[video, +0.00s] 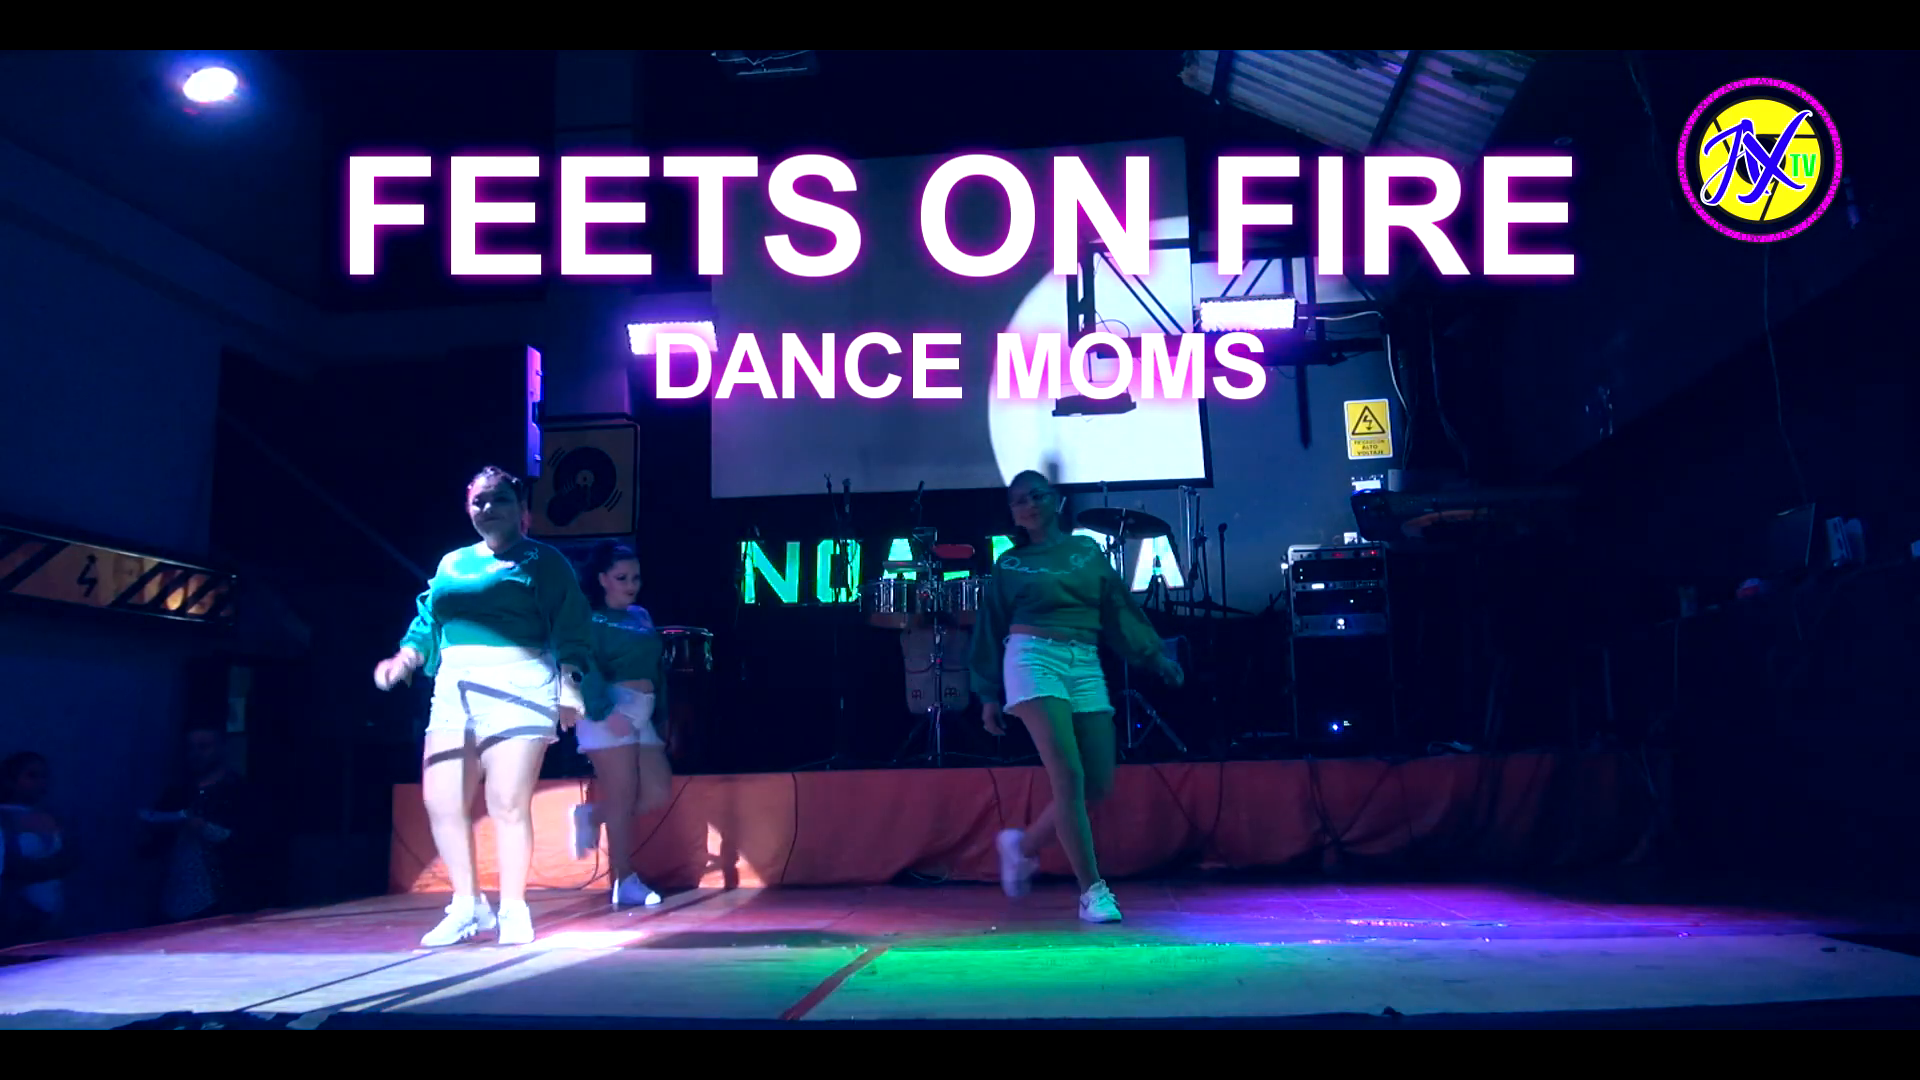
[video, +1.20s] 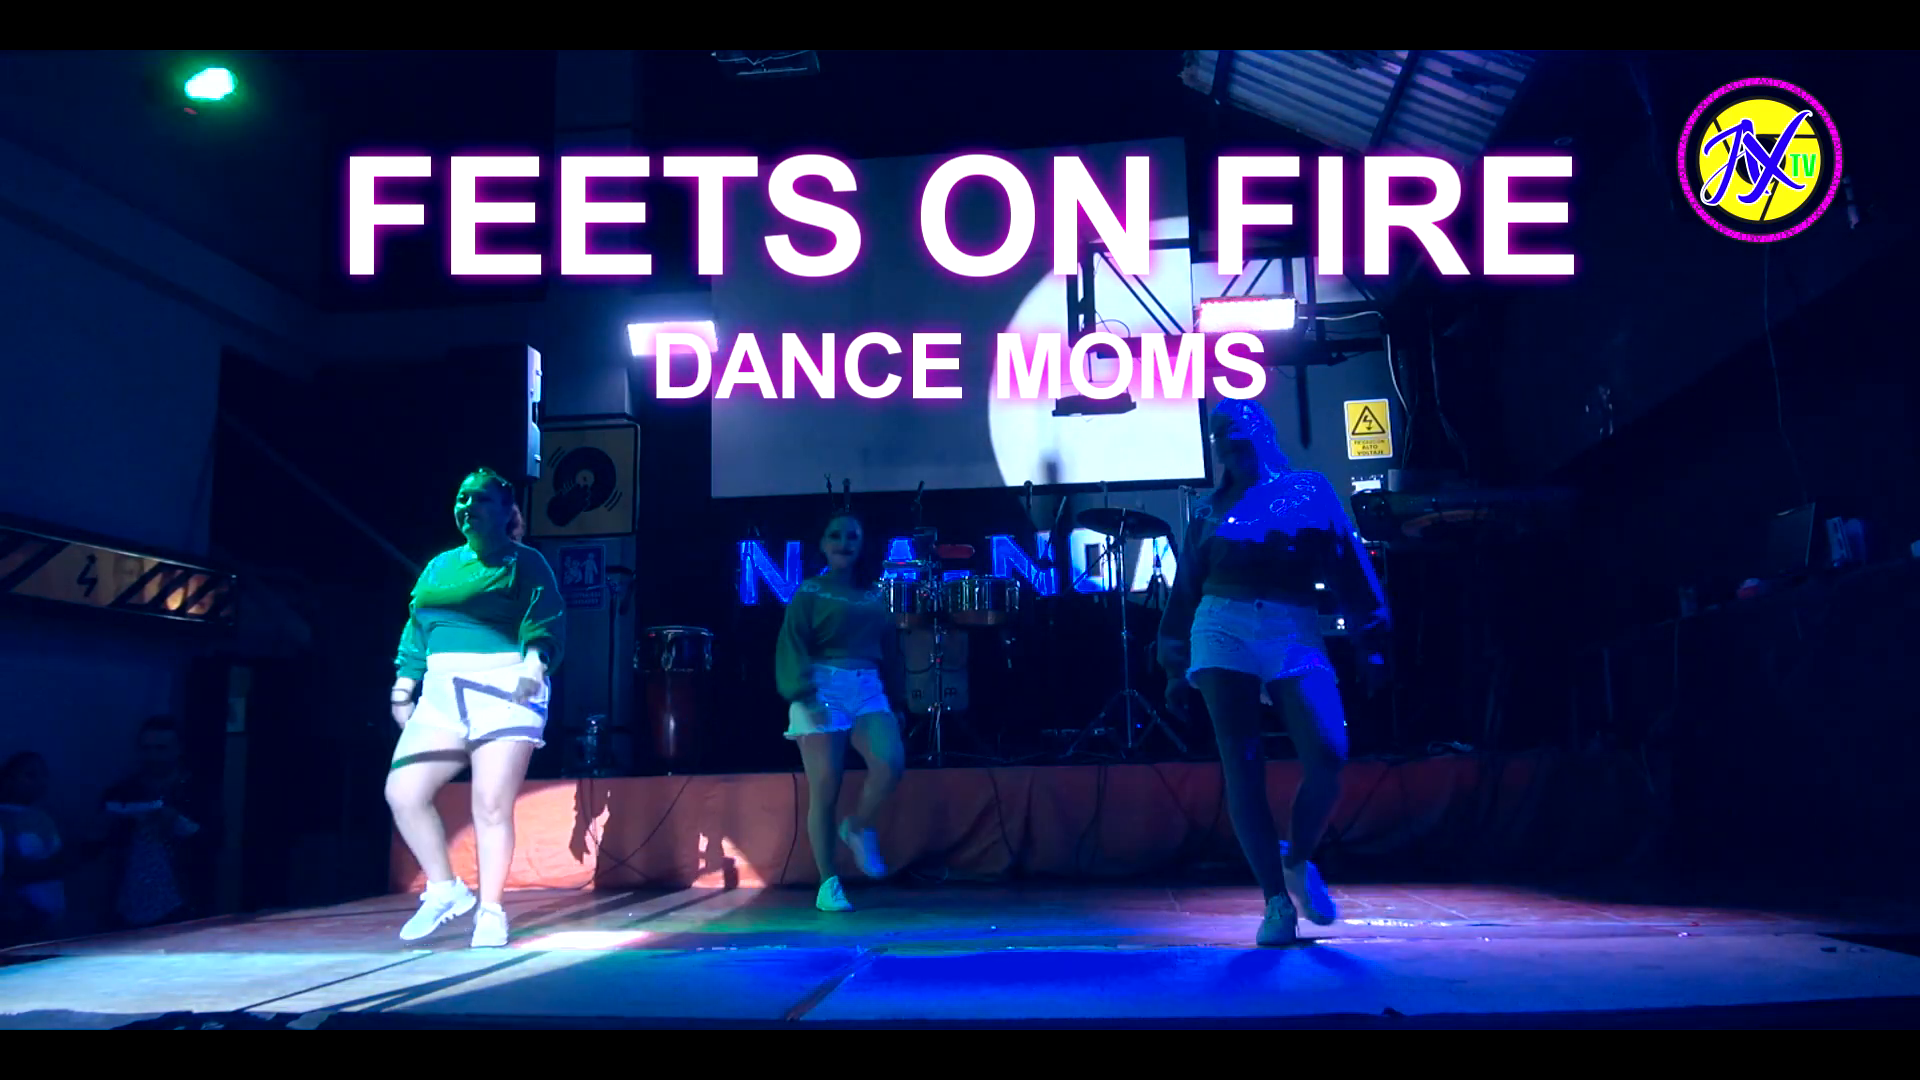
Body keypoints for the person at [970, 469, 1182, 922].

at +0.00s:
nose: (1027, 506)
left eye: (1034, 498)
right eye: (1019, 502)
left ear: (1054, 501)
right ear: (1012, 514)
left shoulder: (1087, 551)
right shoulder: (1010, 565)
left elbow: (1121, 611)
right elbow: (987, 632)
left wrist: (1157, 656)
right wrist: (988, 694)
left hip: (1085, 660)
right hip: (1032, 657)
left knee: (1098, 780)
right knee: (1066, 773)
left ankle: (1022, 844)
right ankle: (1093, 889)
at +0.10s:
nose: (1061, 497)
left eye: (1065, 489)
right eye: (1051, 493)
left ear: (1078, 493)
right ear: (1035, 504)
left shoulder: (1110, 544)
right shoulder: (1032, 556)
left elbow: (1137, 613)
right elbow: (1008, 625)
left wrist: (1153, 672)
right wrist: (1016, 682)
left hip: (1106, 655)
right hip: (1052, 651)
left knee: (1138, 764)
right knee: (1076, 774)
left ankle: (1081, 846)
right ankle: (1092, 890)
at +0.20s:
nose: (1101, 484)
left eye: (1101, 476)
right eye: (1088, 479)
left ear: (1107, 481)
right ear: (1064, 492)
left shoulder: (1127, 536)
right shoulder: (1051, 543)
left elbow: (1149, 606)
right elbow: (1026, 614)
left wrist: (1157, 661)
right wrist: (1041, 657)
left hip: (1125, 647)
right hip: (1072, 649)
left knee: (1168, 753)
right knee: (1084, 768)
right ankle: (1094, 887)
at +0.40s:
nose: (1151, 477)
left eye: (1152, 469)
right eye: (1139, 471)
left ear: (1155, 475)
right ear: (1112, 482)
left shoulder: (1171, 535)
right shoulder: (1095, 535)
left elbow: (1180, 595)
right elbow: (1063, 601)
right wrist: (1078, 631)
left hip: (1175, 650)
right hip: (1116, 652)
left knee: (1215, 764)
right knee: (1114, 772)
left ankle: (1231, 894)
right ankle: (1098, 885)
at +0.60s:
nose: (1177, 465)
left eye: (1183, 457)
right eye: (1165, 460)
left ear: (1194, 468)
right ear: (1144, 473)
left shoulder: (1215, 525)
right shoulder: (1132, 529)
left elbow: (1238, 600)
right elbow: (1116, 601)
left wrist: (1254, 665)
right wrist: (1121, 662)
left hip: (1228, 639)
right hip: (1165, 646)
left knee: (1247, 761)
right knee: (1196, 766)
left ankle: (1234, 895)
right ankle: (1147, 859)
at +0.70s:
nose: (1180, 455)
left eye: (1188, 446)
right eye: (1170, 449)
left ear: (1208, 455)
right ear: (1158, 462)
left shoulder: (1238, 513)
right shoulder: (1145, 522)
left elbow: (1273, 587)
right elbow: (1130, 602)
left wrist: (1296, 647)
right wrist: (1135, 670)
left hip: (1245, 631)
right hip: (1180, 637)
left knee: (1249, 765)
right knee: (1213, 756)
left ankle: (1238, 890)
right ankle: (1214, 889)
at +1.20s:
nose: (1230, 439)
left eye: (1239, 428)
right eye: (1220, 432)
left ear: (1264, 433)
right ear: (1212, 444)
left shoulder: (1308, 488)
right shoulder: (1208, 509)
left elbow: (1351, 559)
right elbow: (1183, 590)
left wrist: (1373, 633)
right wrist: (1175, 665)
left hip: (1295, 631)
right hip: (1223, 630)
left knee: (1328, 755)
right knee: (1242, 764)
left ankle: (1297, 861)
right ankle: (1274, 902)